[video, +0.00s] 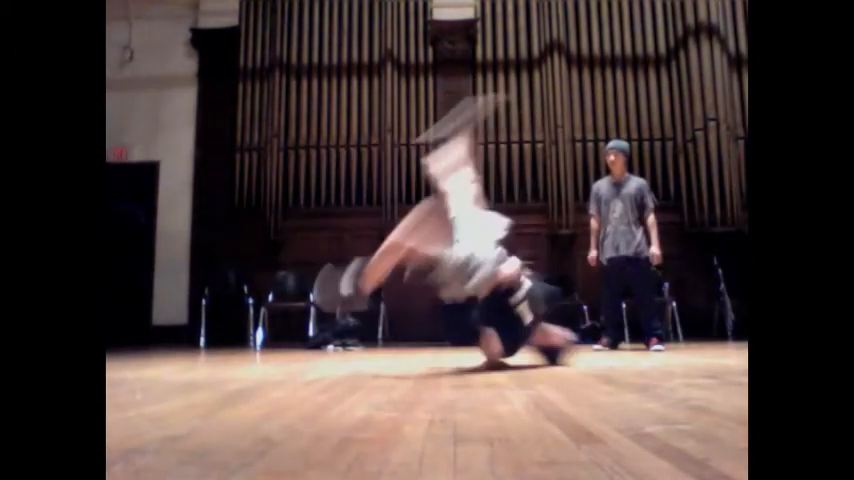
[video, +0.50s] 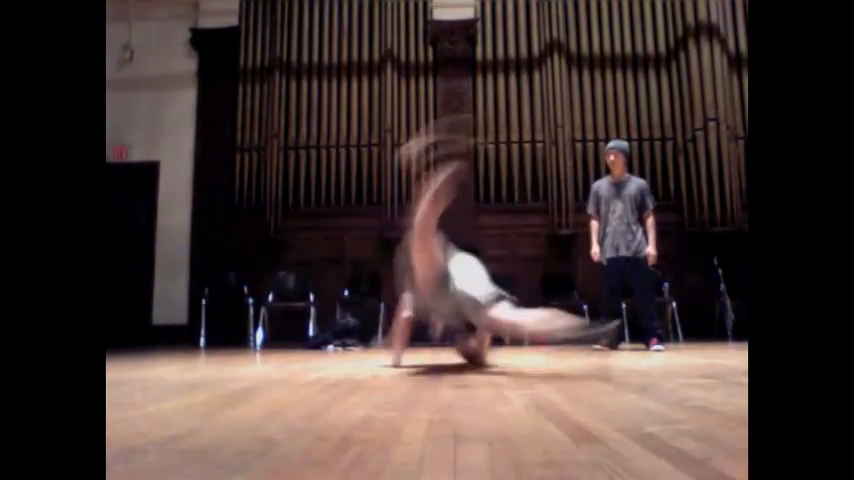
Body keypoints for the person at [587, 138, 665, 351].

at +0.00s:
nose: (612, 159)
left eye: (616, 155)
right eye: (609, 155)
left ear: (625, 158)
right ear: (606, 159)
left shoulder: (639, 185)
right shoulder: (598, 187)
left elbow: (649, 215)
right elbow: (594, 219)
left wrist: (655, 245)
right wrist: (593, 247)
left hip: (636, 251)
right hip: (610, 252)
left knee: (645, 297)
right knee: (610, 299)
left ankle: (653, 336)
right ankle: (609, 337)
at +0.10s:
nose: (612, 159)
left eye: (616, 155)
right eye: (609, 155)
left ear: (625, 158)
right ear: (606, 159)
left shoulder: (639, 185)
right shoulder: (598, 187)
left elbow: (650, 216)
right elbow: (594, 219)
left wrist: (655, 245)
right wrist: (592, 248)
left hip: (636, 250)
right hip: (610, 252)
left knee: (645, 297)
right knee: (610, 299)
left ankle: (653, 336)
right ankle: (609, 337)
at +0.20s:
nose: (612, 159)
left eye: (616, 155)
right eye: (609, 155)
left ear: (625, 158)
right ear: (606, 159)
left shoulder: (639, 185)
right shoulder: (598, 187)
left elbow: (650, 216)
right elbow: (594, 219)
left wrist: (655, 245)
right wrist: (592, 248)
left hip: (636, 250)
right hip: (610, 252)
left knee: (645, 297)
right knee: (610, 298)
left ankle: (653, 336)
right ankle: (609, 337)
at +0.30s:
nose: (612, 159)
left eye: (616, 154)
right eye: (609, 155)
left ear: (625, 158)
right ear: (606, 159)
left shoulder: (639, 185)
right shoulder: (598, 187)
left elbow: (649, 217)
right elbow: (594, 219)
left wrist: (652, 245)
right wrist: (593, 246)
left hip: (636, 250)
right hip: (610, 251)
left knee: (645, 297)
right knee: (610, 298)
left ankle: (653, 336)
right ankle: (610, 337)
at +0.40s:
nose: (611, 159)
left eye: (616, 155)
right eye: (609, 155)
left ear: (625, 157)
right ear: (606, 159)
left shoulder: (639, 185)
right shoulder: (598, 187)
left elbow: (649, 216)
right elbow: (594, 218)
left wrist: (652, 245)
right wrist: (594, 244)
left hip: (635, 250)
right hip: (610, 250)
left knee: (645, 297)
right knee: (610, 298)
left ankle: (653, 336)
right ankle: (610, 337)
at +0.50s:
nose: (611, 159)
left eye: (616, 155)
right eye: (609, 155)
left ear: (625, 157)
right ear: (606, 159)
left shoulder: (639, 185)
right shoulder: (598, 187)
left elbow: (648, 216)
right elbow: (594, 218)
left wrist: (651, 245)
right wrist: (595, 244)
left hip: (635, 250)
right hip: (610, 251)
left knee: (644, 296)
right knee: (610, 297)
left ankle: (653, 337)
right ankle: (609, 337)